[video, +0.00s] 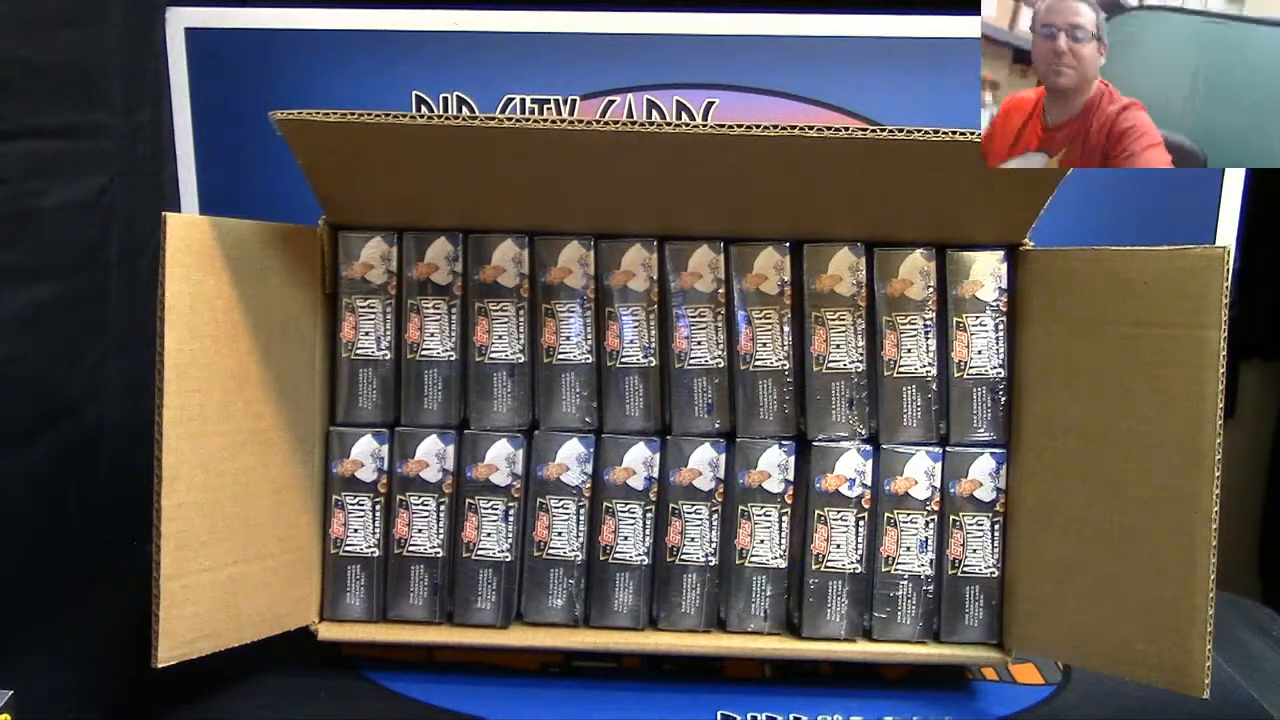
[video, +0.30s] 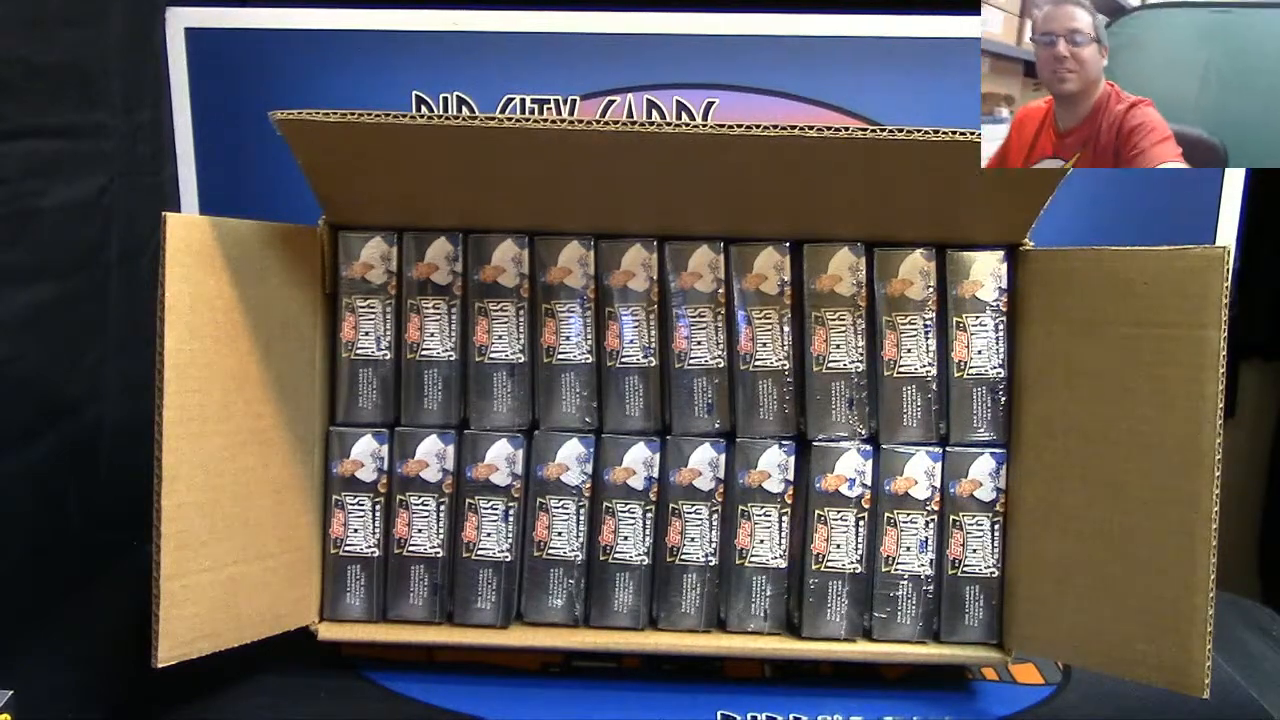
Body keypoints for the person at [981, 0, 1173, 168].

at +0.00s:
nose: (1060, 46)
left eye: (1077, 35)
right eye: (1048, 33)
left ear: (1101, 52)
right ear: (1032, 46)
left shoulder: (1126, 122)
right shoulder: (1013, 111)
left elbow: (1154, 198)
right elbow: (969, 181)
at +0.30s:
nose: (1060, 52)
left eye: (1076, 40)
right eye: (1048, 41)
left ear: (1103, 53)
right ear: (1034, 53)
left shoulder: (1136, 119)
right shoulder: (1027, 119)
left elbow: (1171, 192)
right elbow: (987, 187)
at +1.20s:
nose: (1074, 51)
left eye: (1091, 39)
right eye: (1066, 42)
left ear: (1125, 53)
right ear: (1059, 55)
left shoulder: (1158, 109)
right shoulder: (1066, 121)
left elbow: (1188, 175)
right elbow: (1036, 188)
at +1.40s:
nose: (1070, 50)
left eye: (1086, 39)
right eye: (1065, 43)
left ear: (1124, 52)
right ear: (1060, 53)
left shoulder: (1158, 108)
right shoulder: (1067, 122)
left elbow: (1184, 172)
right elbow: (1039, 187)